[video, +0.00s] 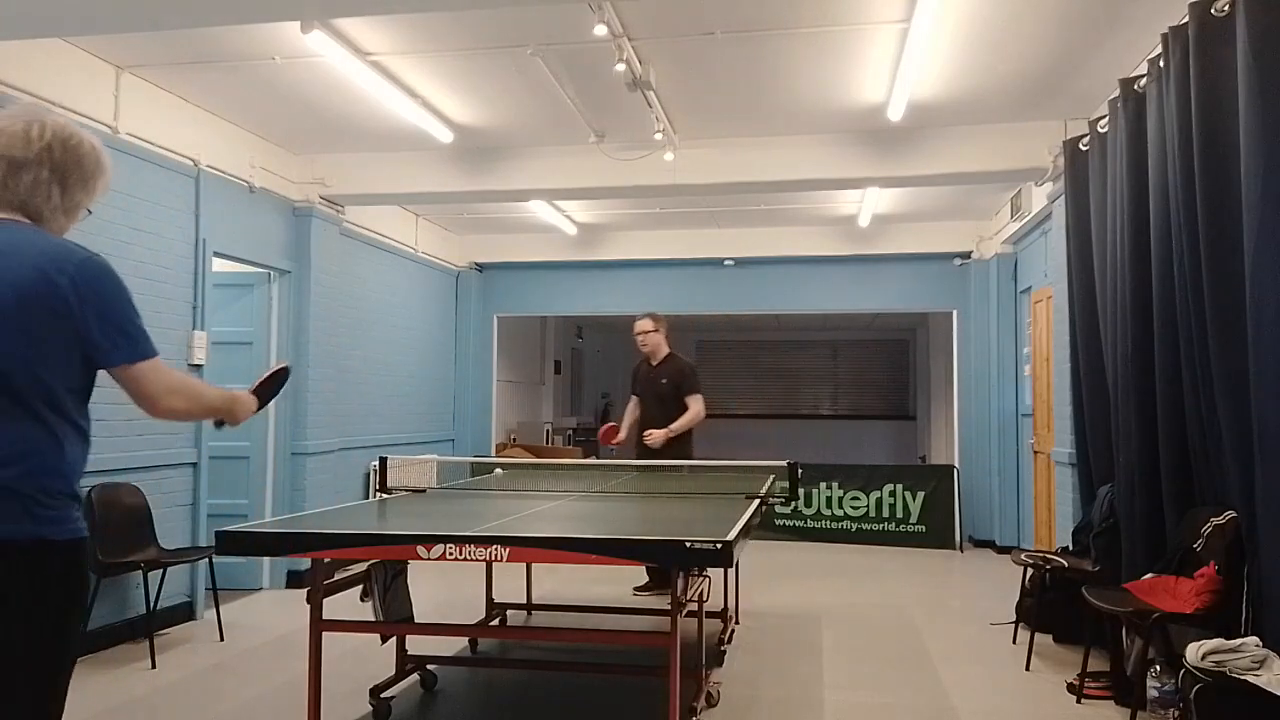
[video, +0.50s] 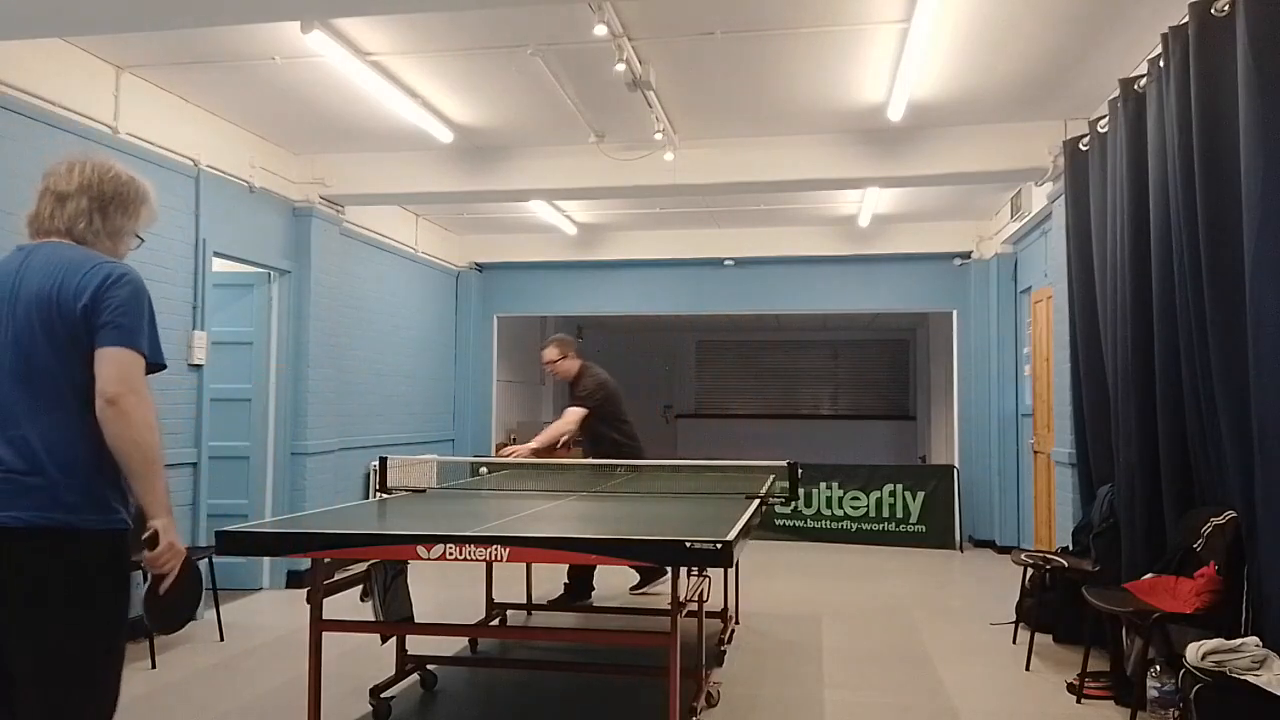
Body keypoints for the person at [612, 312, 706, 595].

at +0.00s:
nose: (641, 339)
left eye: (646, 333)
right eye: (637, 335)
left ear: (662, 334)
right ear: (636, 339)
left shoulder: (681, 367)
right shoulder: (640, 368)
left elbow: (698, 410)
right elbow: (635, 403)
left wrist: (667, 432)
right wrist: (624, 432)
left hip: (675, 459)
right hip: (645, 458)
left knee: (673, 516)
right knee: (648, 517)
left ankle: (677, 575)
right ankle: (657, 577)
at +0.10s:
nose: (628, 339)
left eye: (633, 333)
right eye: (624, 335)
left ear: (649, 334)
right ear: (622, 340)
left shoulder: (668, 367)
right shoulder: (629, 369)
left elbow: (681, 410)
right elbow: (624, 403)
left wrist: (649, 431)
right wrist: (611, 431)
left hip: (664, 459)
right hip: (637, 458)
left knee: (660, 518)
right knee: (644, 518)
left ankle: (647, 581)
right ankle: (657, 576)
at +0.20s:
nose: (611, 344)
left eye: (616, 338)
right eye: (607, 340)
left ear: (633, 337)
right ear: (607, 344)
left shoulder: (652, 368)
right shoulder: (619, 372)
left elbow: (661, 413)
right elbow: (613, 406)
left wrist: (625, 433)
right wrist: (599, 431)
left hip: (652, 463)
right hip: (626, 461)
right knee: (625, 520)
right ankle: (658, 577)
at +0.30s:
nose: (594, 351)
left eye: (599, 344)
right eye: (590, 347)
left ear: (616, 342)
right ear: (589, 350)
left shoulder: (633, 374)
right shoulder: (608, 376)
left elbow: (632, 416)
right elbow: (603, 409)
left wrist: (595, 436)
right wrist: (586, 435)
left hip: (637, 468)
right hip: (613, 466)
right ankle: (658, 574)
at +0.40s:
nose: (570, 360)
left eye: (574, 353)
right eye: (567, 355)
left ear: (593, 349)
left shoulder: (611, 377)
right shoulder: (598, 377)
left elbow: (600, 419)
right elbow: (594, 416)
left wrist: (560, 441)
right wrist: (567, 433)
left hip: (625, 466)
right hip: (609, 465)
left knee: (590, 523)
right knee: (612, 521)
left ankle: (579, 589)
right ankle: (653, 568)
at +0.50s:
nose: (548, 370)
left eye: (551, 363)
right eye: (546, 365)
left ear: (569, 357)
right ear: (566, 360)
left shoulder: (592, 381)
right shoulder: (580, 379)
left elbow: (567, 423)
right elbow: (584, 416)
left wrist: (531, 446)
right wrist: (570, 433)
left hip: (622, 466)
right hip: (604, 464)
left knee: (587, 524)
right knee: (602, 524)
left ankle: (579, 589)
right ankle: (648, 566)